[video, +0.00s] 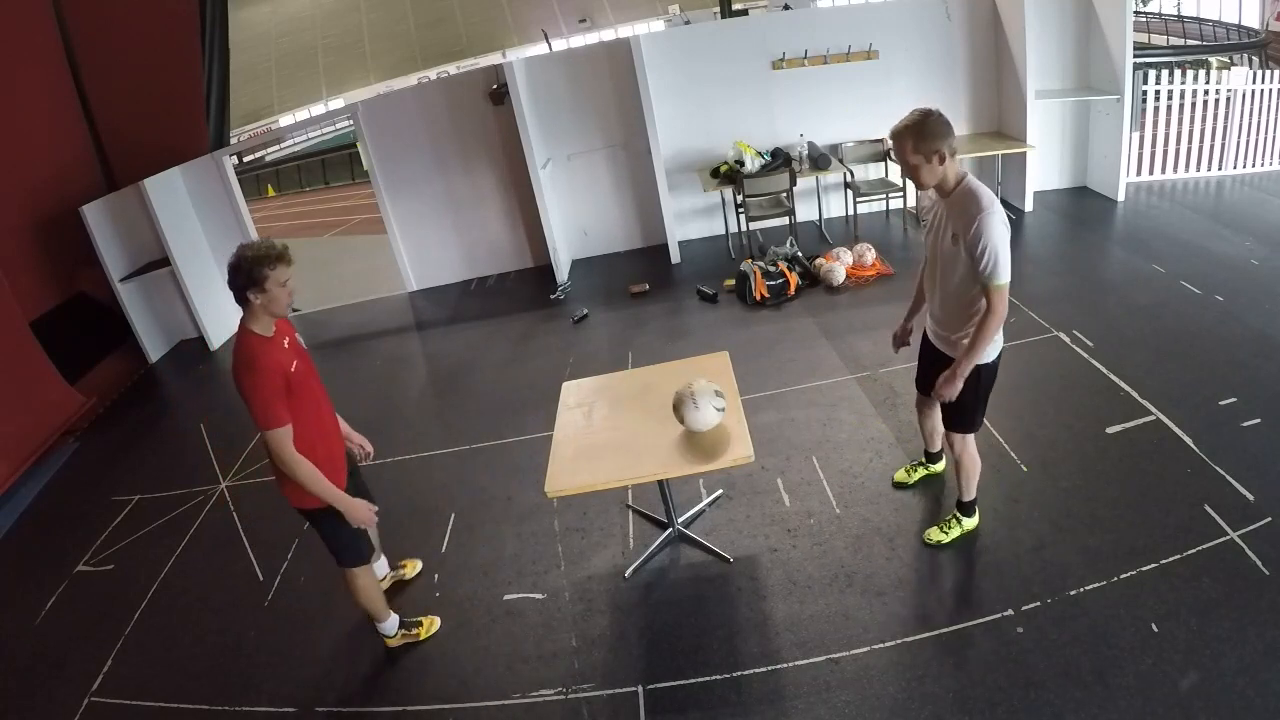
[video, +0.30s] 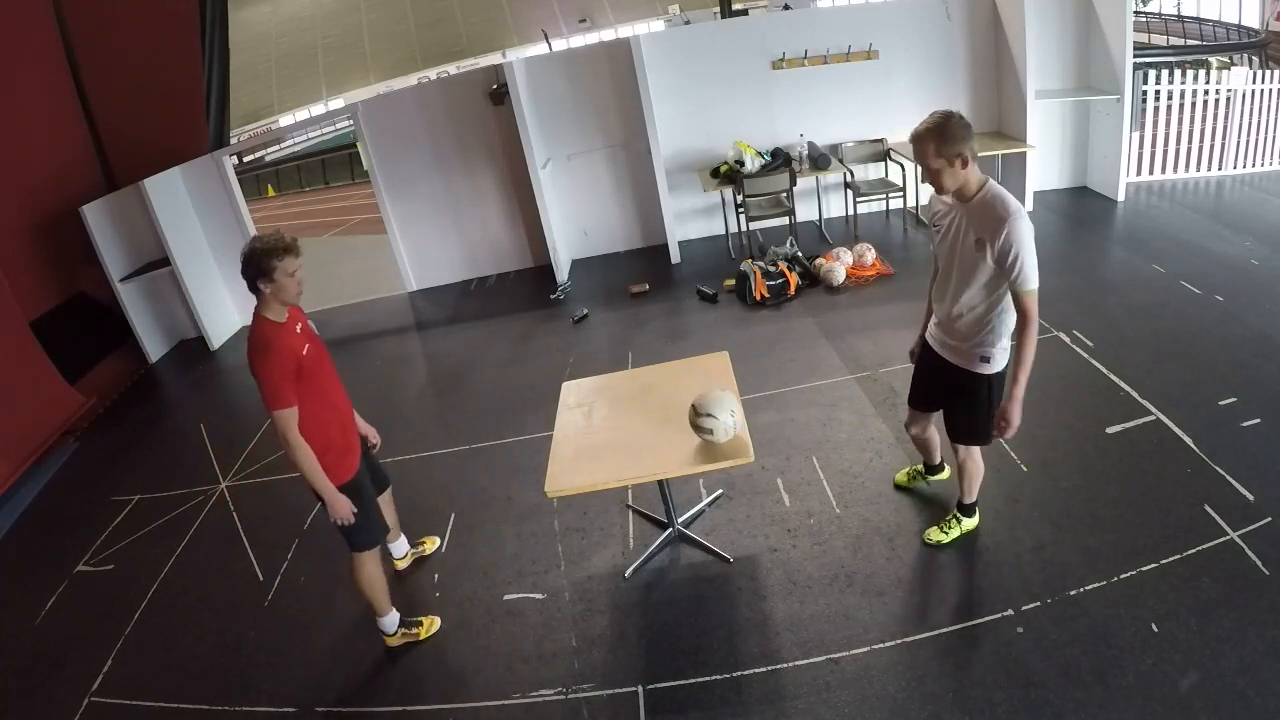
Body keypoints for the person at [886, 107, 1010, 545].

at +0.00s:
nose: (905, 174)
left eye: (909, 165)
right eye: (902, 165)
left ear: (939, 156)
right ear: (932, 157)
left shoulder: (982, 216)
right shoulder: (936, 200)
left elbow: (999, 307)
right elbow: (931, 269)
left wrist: (960, 370)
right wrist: (909, 320)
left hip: (971, 351)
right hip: (936, 336)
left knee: (959, 436)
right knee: (926, 401)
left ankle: (967, 512)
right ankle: (933, 459)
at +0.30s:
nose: (926, 178)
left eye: (931, 168)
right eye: (923, 168)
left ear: (963, 160)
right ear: (948, 162)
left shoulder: (1008, 220)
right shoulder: (942, 204)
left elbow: (1029, 316)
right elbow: (940, 277)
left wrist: (1015, 396)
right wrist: (924, 334)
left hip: (980, 359)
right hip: (937, 343)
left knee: (966, 444)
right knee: (918, 423)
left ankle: (967, 512)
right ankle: (935, 468)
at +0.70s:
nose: (936, 184)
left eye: (943, 175)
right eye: (933, 174)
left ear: (975, 168)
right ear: (936, 169)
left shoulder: (1020, 229)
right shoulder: (940, 211)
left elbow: (1040, 322)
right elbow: (932, 281)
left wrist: (1031, 397)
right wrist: (914, 340)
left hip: (975, 367)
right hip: (927, 349)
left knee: (955, 450)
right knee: (878, 440)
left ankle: (966, 515)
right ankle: (862, 527)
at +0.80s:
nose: (936, 188)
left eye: (943, 178)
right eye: (934, 177)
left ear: (976, 173)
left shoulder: (1020, 233)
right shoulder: (937, 217)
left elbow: (1042, 327)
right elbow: (929, 287)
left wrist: (1026, 404)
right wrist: (917, 339)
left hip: (969, 374)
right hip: (920, 351)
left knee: (951, 459)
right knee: (858, 433)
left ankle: (965, 517)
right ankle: (827, 528)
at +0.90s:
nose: (932, 194)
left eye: (939, 185)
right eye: (930, 184)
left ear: (972, 179)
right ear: (958, 176)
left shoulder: (1015, 237)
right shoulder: (934, 221)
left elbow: (1036, 334)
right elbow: (925, 291)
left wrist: (1018, 412)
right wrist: (913, 345)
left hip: (965, 378)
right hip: (916, 352)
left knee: (947, 461)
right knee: (844, 420)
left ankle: (966, 516)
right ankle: (787, 521)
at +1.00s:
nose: (920, 193)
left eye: (926, 184)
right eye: (917, 182)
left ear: (960, 178)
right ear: (918, 176)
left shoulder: (1004, 238)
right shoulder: (925, 222)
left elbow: (1022, 337)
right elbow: (916, 291)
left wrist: (1004, 418)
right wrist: (906, 346)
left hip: (963, 376)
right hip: (915, 350)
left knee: (946, 459)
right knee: (846, 414)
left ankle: (965, 515)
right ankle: (756, 505)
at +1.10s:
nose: (909, 195)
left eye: (915, 185)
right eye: (905, 184)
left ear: (948, 176)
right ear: (906, 175)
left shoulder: (992, 236)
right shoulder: (919, 220)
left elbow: (1009, 336)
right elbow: (908, 288)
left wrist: (986, 412)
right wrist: (890, 348)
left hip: (961, 370)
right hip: (910, 346)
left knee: (946, 456)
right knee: (846, 420)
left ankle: (964, 513)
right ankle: (777, 524)